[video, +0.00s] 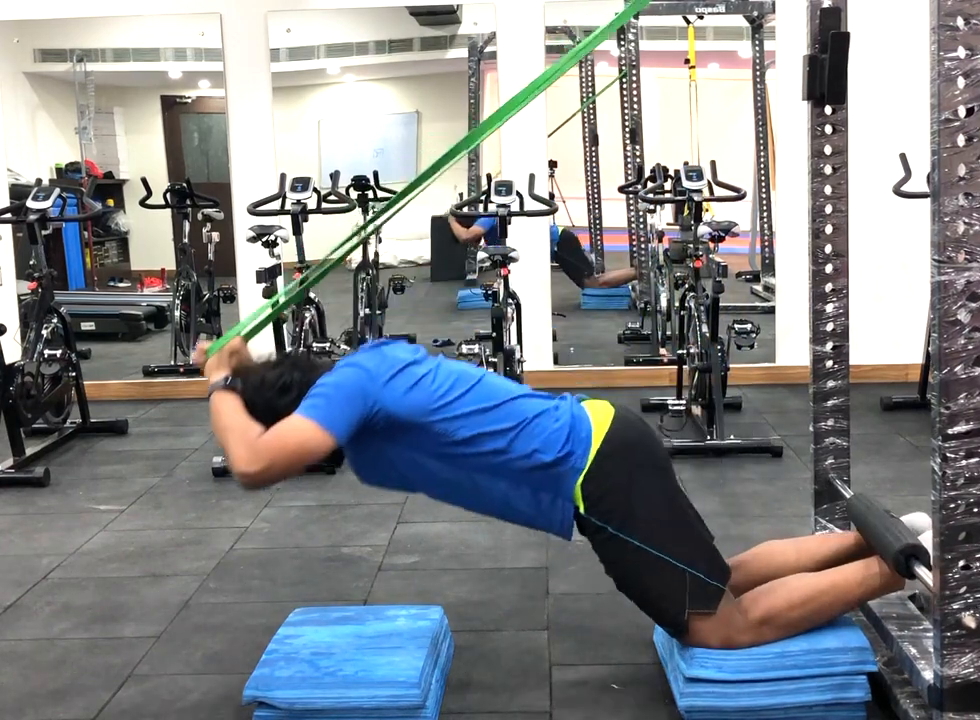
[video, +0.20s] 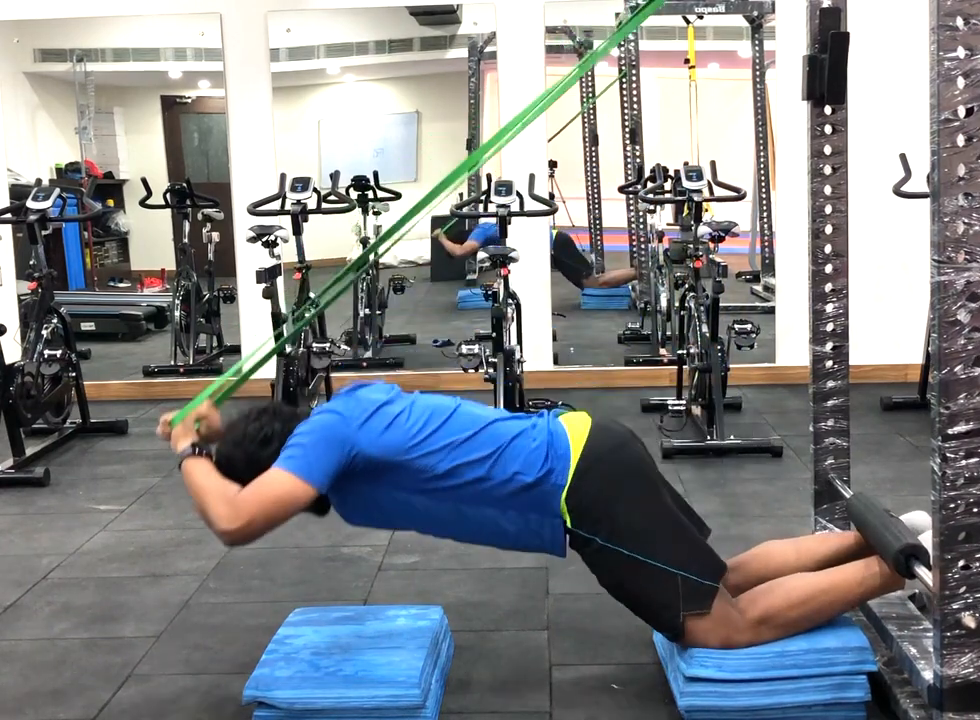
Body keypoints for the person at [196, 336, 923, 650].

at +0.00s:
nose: (286, 441)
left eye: (279, 430)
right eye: (280, 432)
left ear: (295, 407)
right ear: (304, 374)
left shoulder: (359, 376)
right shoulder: (368, 371)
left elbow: (248, 462)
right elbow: (274, 457)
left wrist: (217, 386)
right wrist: (239, 386)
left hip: (601, 467)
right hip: (596, 457)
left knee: (723, 631)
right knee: (707, 594)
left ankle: (903, 568)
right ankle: (860, 535)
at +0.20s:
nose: (252, 490)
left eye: (246, 476)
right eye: (236, 475)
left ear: (268, 449)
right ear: (275, 427)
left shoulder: (334, 428)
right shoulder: (338, 418)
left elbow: (233, 519)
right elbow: (252, 495)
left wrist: (184, 455)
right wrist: (216, 442)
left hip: (584, 481)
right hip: (583, 465)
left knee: (723, 625)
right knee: (713, 586)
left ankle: (901, 567)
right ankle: (861, 537)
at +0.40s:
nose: (264, 535)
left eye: (257, 523)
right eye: (257, 522)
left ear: (271, 492)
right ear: (276, 465)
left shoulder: (324, 459)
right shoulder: (335, 451)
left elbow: (225, 560)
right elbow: (266, 538)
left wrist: (179, 498)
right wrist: (206, 486)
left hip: (576, 487)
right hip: (576, 466)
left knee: (723, 626)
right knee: (716, 583)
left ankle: (895, 565)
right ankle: (865, 533)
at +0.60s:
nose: (257, 542)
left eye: (245, 531)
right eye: (247, 530)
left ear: (269, 498)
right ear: (271, 469)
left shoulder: (321, 466)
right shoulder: (328, 457)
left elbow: (223, 567)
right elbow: (245, 547)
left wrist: (172, 508)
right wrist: (196, 491)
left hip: (573, 489)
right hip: (573, 473)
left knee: (726, 627)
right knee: (713, 584)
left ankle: (893, 565)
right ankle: (863, 534)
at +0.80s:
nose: (261, 527)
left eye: (254, 513)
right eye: (253, 512)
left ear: (271, 480)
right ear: (278, 459)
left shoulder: (326, 450)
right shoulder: (331, 450)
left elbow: (226, 551)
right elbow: (252, 533)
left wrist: (170, 497)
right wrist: (198, 482)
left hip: (576, 485)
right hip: (574, 477)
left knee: (722, 625)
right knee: (712, 585)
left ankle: (890, 567)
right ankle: (861, 535)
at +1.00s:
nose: (271, 500)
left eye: (258, 485)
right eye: (253, 485)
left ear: (274, 452)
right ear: (282, 426)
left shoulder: (339, 430)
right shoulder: (343, 419)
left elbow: (236, 521)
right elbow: (250, 498)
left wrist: (178, 467)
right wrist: (207, 455)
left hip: (587, 477)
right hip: (584, 467)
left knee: (724, 623)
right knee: (710, 588)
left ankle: (903, 567)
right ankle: (859, 536)